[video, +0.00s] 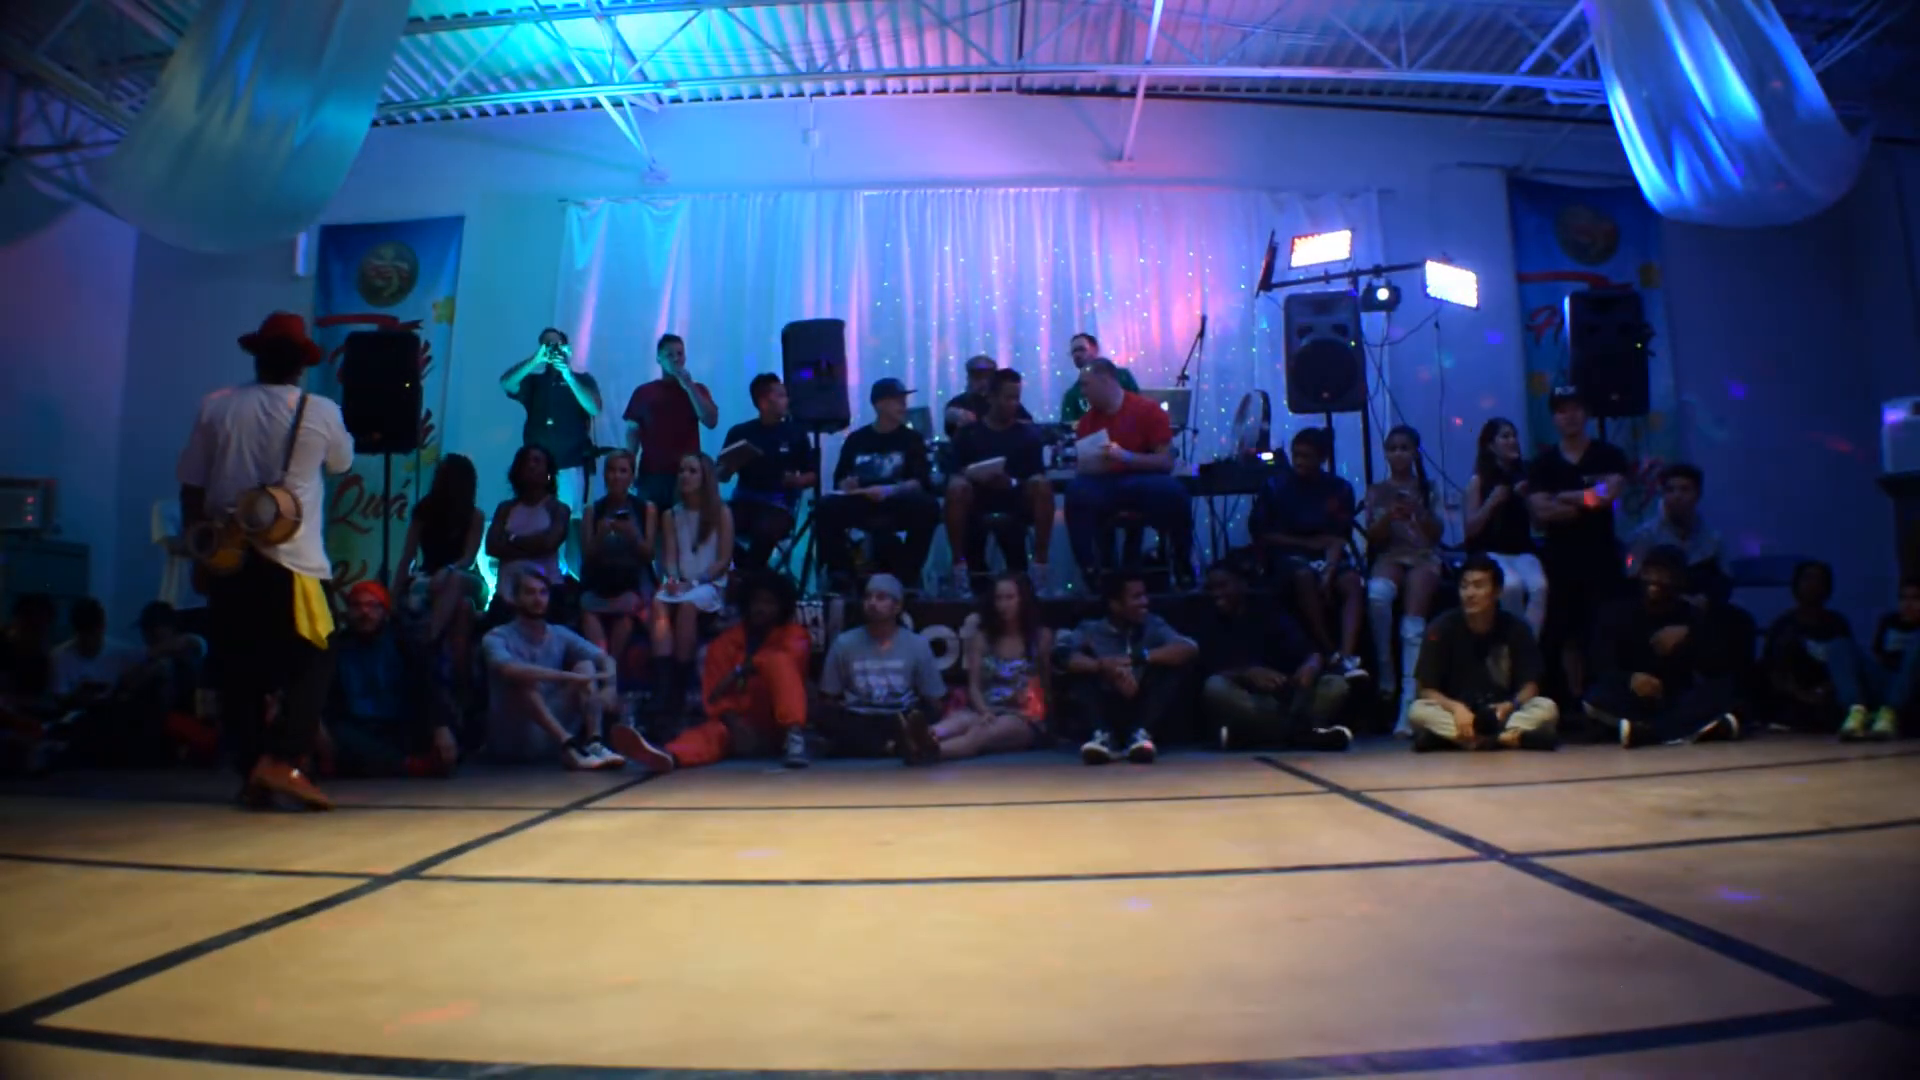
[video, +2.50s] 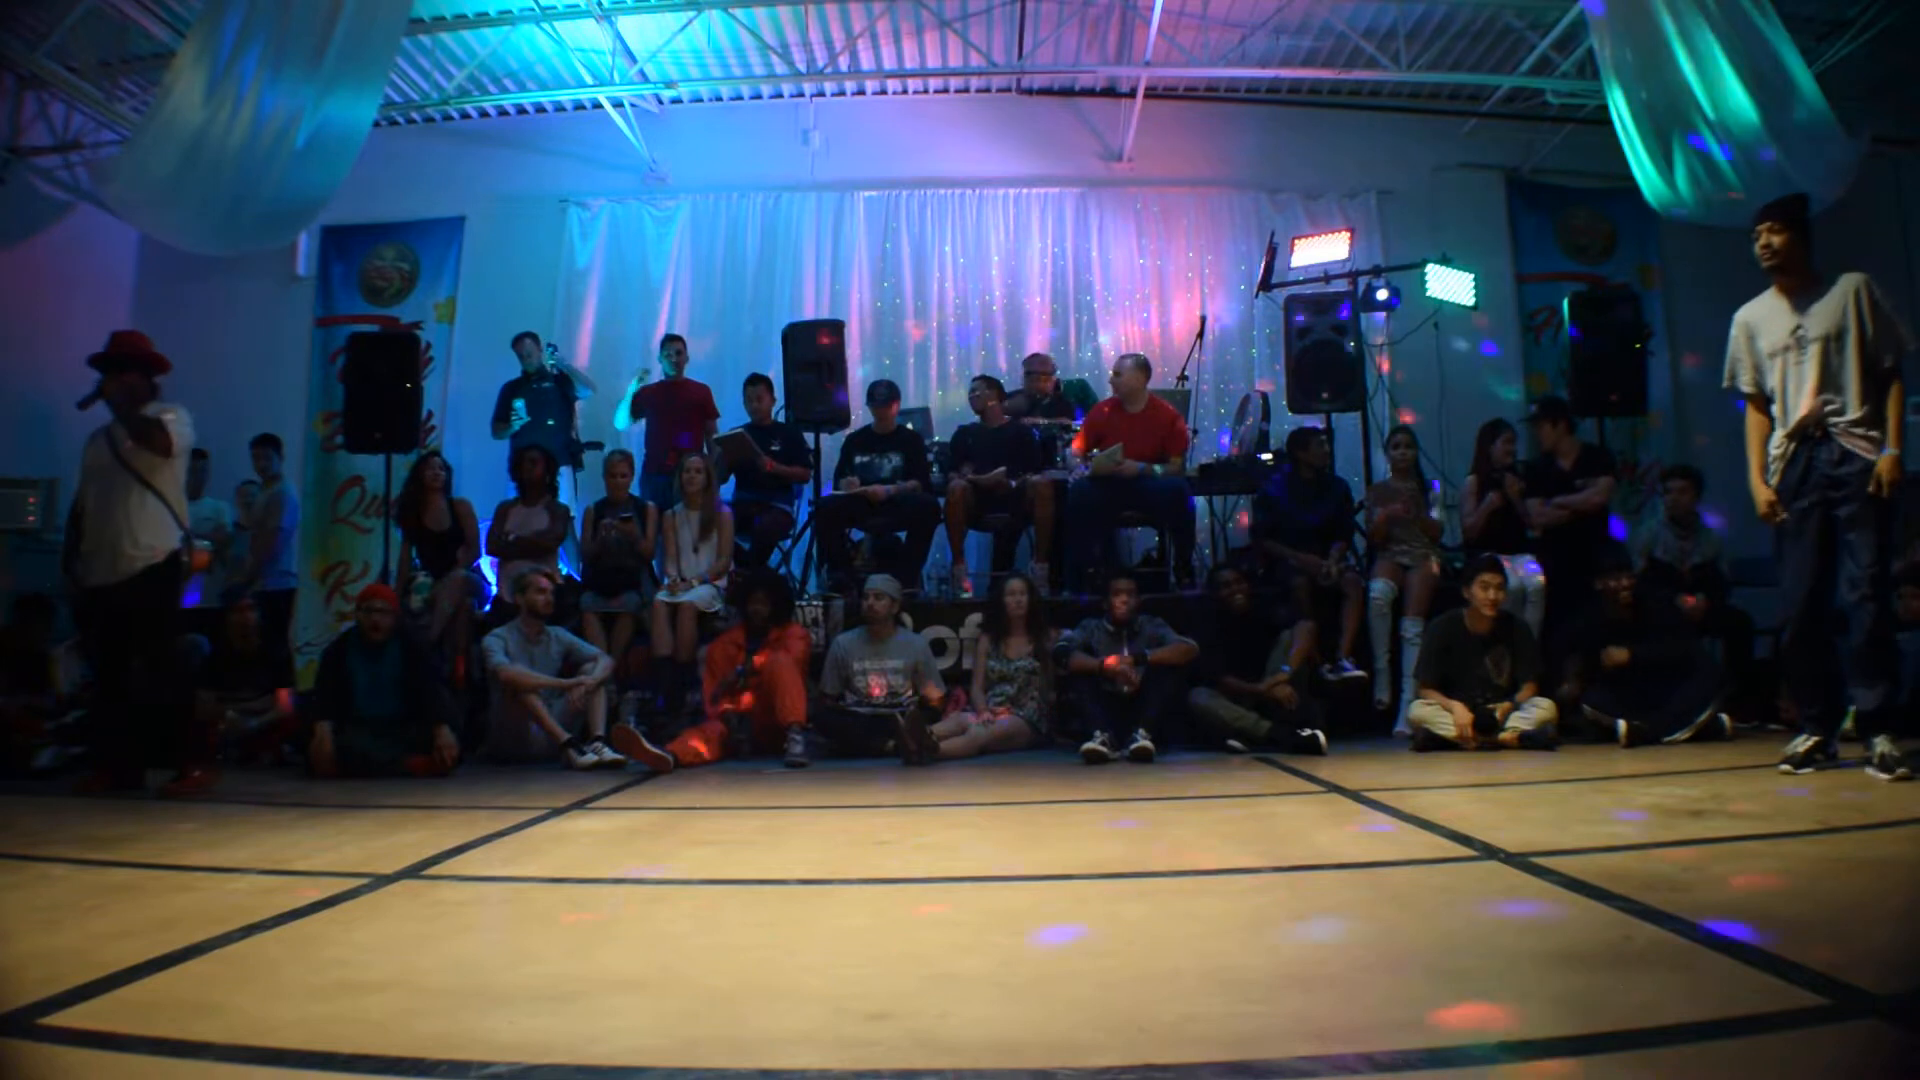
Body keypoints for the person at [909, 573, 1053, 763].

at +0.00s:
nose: (1003, 604)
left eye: (1009, 597)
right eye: (998, 598)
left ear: (1023, 600)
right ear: (992, 602)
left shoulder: (1040, 637)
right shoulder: (982, 638)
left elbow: (1046, 682)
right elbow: (974, 686)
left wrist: (1048, 719)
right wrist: (985, 712)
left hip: (1024, 713)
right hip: (989, 709)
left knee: (984, 734)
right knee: (961, 720)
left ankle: (934, 752)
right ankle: (922, 737)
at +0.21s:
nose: (1011, 605)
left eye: (1017, 597)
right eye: (1006, 599)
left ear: (1031, 600)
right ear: (1000, 603)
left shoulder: (1046, 638)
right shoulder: (992, 640)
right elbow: (980, 686)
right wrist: (986, 712)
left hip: (1028, 713)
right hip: (993, 710)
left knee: (984, 735)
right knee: (958, 720)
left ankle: (932, 752)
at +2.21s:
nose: (1017, 600)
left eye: (1022, 594)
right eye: (1011, 595)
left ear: (1032, 598)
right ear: (1002, 601)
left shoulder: (1045, 638)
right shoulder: (989, 639)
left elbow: (1054, 682)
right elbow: (977, 685)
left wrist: (1035, 682)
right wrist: (983, 712)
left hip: (1028, 712)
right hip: (991, 709)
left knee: (985, 735)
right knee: (956, 721)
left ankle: (934, 752)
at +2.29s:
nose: (1018, 600)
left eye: (1023, 594)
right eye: (1012, 595)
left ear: (1032, 598)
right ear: (1001, 601)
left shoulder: (1044, 638)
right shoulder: (988, 639)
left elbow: (1052, 685)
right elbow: (977, 688)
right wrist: (983, 711)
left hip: (1028, 714)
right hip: (992, 711)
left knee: (983, 736)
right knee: (958, 720)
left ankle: (930, 751)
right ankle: (917, 736)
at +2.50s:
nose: (1018, 599)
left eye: (1023, 594)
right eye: (1011, 594)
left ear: (1032, 599)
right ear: (1000, 600)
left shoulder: (1043, 638)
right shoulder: (988, 639)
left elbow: (1051, 686)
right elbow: (977, 687)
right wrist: (983, 711)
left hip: (1027, 714)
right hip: (990, 711)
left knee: (981, 735)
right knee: (958, 720)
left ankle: (931, 751)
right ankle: (917, 736)